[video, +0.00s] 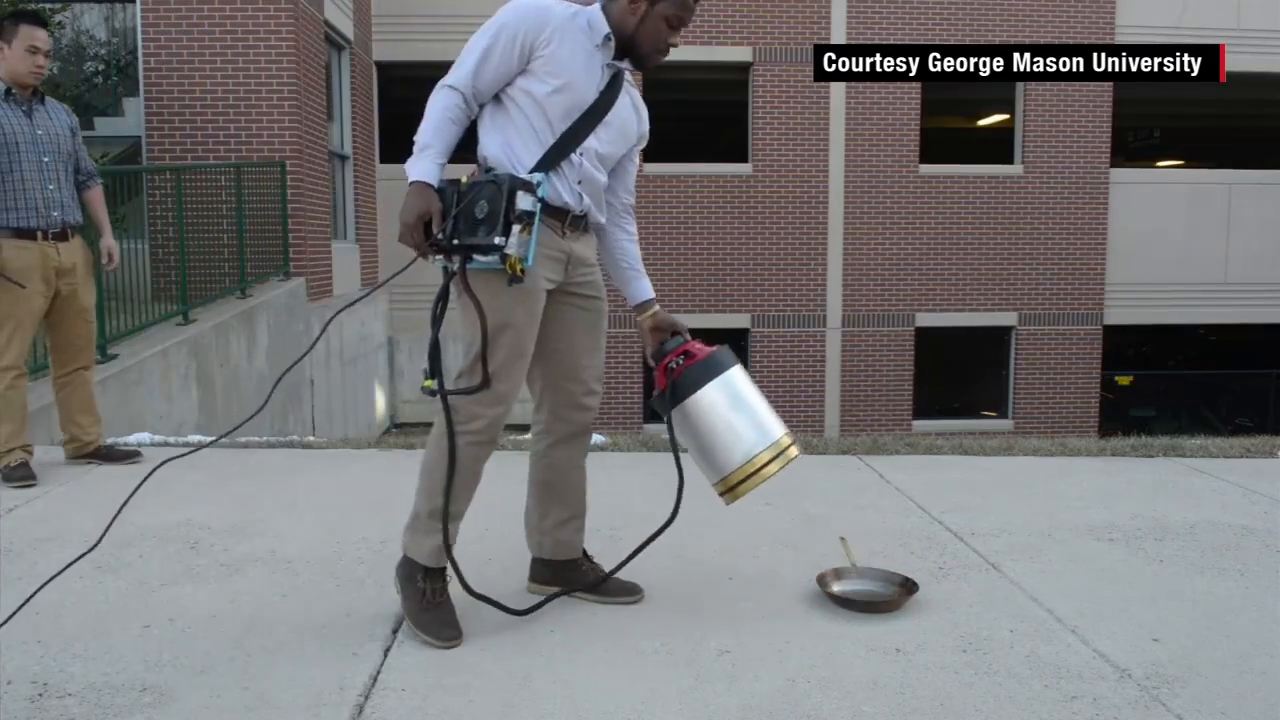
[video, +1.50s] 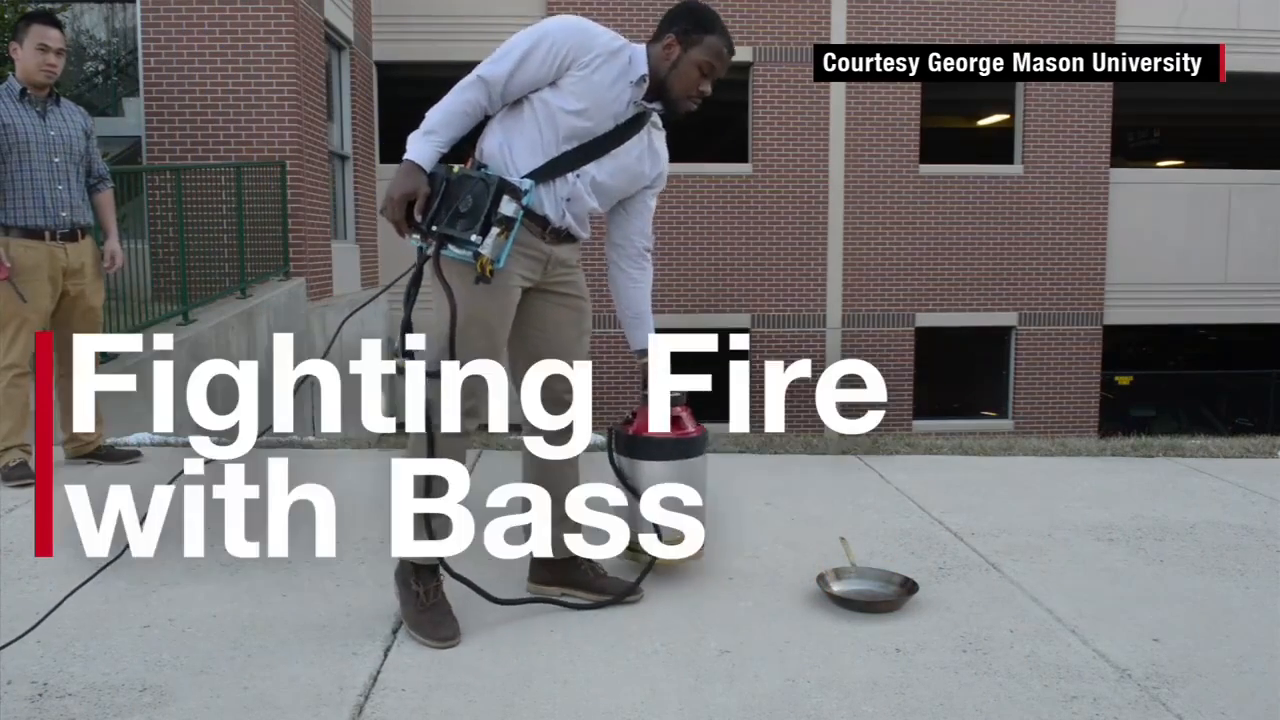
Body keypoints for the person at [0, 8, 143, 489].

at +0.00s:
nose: (42, 62)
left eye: (47, 54)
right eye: (32, 51)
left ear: (51, 61)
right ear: (4, 52)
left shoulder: (61, 115)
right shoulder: (1, 107)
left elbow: (87, 177)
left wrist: (106, 231)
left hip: (71, 248)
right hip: (15, 252)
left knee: (76, 357)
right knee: (12, 364)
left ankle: (85, 444)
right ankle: (13, 454)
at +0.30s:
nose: (54, 62)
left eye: (59, 55)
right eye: (44, 52)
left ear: (62, 61)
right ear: (13, 51)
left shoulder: (72, 116)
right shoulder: (2, 104)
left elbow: (95, 178)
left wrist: (113, 233)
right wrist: (1, 249)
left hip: (77, 250)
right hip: (19, 252)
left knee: (78, 358)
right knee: (14, 364)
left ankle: (85, 444)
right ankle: (13, 454)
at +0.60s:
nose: (59, 63)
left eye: (63, 56)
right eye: (49, 53)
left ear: (66, 63)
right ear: (18, 52)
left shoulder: (76, 117)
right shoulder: (3, 105)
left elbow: (98, 178)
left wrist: (114, 234)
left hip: (79, 250)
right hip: (20, 252)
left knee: (80, 357)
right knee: (15, 364)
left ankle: (86, 444)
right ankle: (13, 454)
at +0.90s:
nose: (59, 64)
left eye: (64, 56)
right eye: (49, 53)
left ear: (68, 63)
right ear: (18, 52)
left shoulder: (77, 117)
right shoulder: (3, 106)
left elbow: (99, 179)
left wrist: (114, 234)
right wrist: (0, 251)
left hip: (80, 250)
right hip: (20, 252)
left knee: (80, 357)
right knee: (15, 363)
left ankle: (86, 444)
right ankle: (13, 454)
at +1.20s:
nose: (58, 63)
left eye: (64, 56)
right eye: (48, 53)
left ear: (68, 63)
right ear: (17, 52)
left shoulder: (76, 117)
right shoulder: (3, 105)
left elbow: (98, 179)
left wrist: (113, 234)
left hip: (79, 250)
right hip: (21, 252)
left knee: (80, 357)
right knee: (15, 363)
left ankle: (86, 444)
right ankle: (13, 454)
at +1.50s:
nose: (53, 60)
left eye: (61, 54)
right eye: (43, 50)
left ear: (66, 61)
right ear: (15, 52)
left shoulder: (77, 116)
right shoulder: (3, 106)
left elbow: (98, 179)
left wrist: (112, 235)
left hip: (80, 249)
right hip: (21, 252)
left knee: (83, 352)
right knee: (17, 360)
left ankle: (86, 442)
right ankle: (13, 452)